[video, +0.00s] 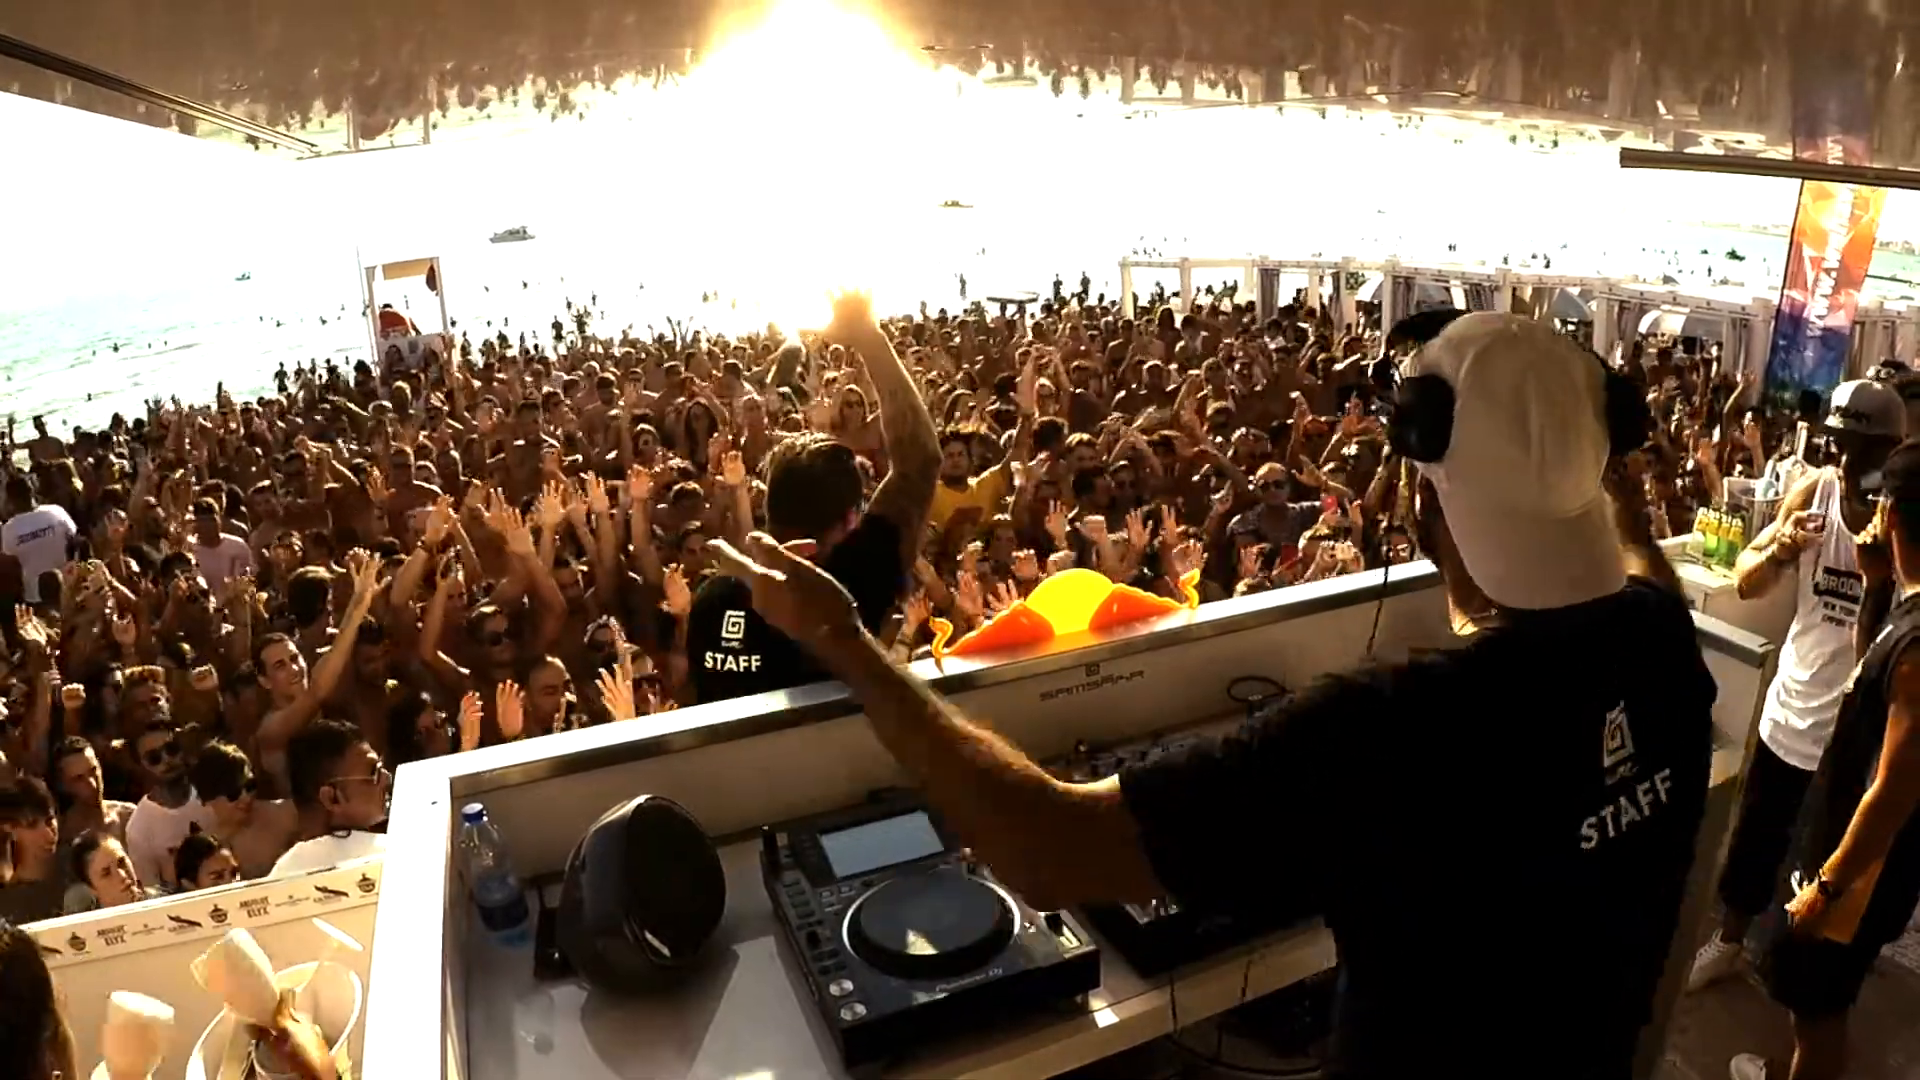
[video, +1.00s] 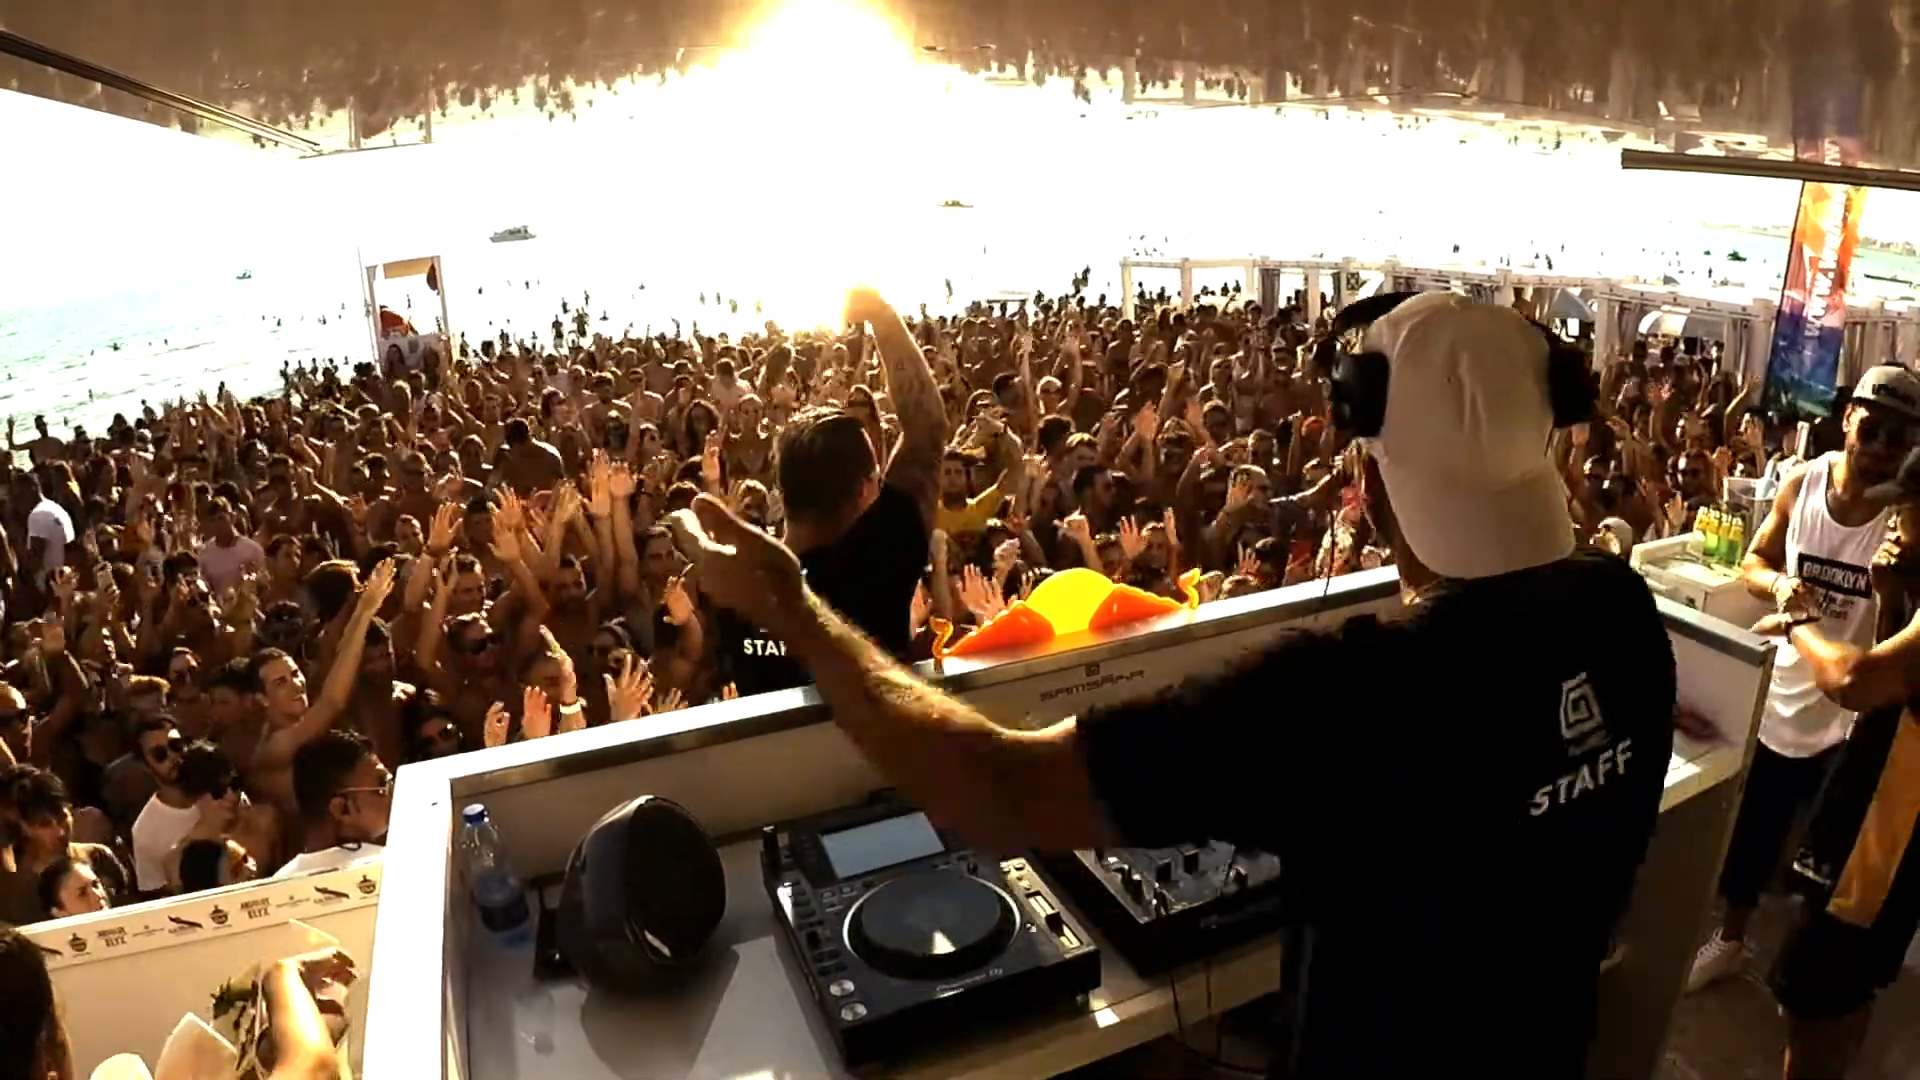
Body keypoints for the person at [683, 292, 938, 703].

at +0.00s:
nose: (864, 517)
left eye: (860, 503)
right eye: (861, 506)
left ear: (768, 510)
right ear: (848, 521)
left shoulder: (712, 600)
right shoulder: (849, 589)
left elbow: (691, 711)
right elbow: (918, 462)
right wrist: (865, 333)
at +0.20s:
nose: (860, 516)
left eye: (858, 503)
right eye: (859, 505)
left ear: (766, 505)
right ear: (847, 519)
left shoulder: (712, 600)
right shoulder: (855, 584)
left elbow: (703, 715)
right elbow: (920, 452)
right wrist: (861, 328)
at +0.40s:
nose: (862, 505)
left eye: (859, 492)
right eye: (860, 494)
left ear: (767, 493)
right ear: (850, 505)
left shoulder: (715, 591)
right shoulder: (856, 576)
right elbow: (920, 442)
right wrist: (864, 329)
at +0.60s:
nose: (868, 498)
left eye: (866, 485)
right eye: (865, 486)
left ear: (769, 496)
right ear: (849, 498)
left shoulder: (721, 592)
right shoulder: (868, 566)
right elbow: (925, 438)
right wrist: (869, 321)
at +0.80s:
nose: (874, 492)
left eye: (872, 480)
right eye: (871, 481)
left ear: (776, 491)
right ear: (857, 492)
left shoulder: (726, 589)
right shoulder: (870, 564)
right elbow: (926, 430)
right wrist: (881, 313)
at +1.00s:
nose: (880, 484)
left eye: (876, 471)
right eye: (877, 474)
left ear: (784, 490)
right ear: (865, 491)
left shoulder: (733, 583)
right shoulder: (878, 563)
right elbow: (925, 429)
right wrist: (880, 311)